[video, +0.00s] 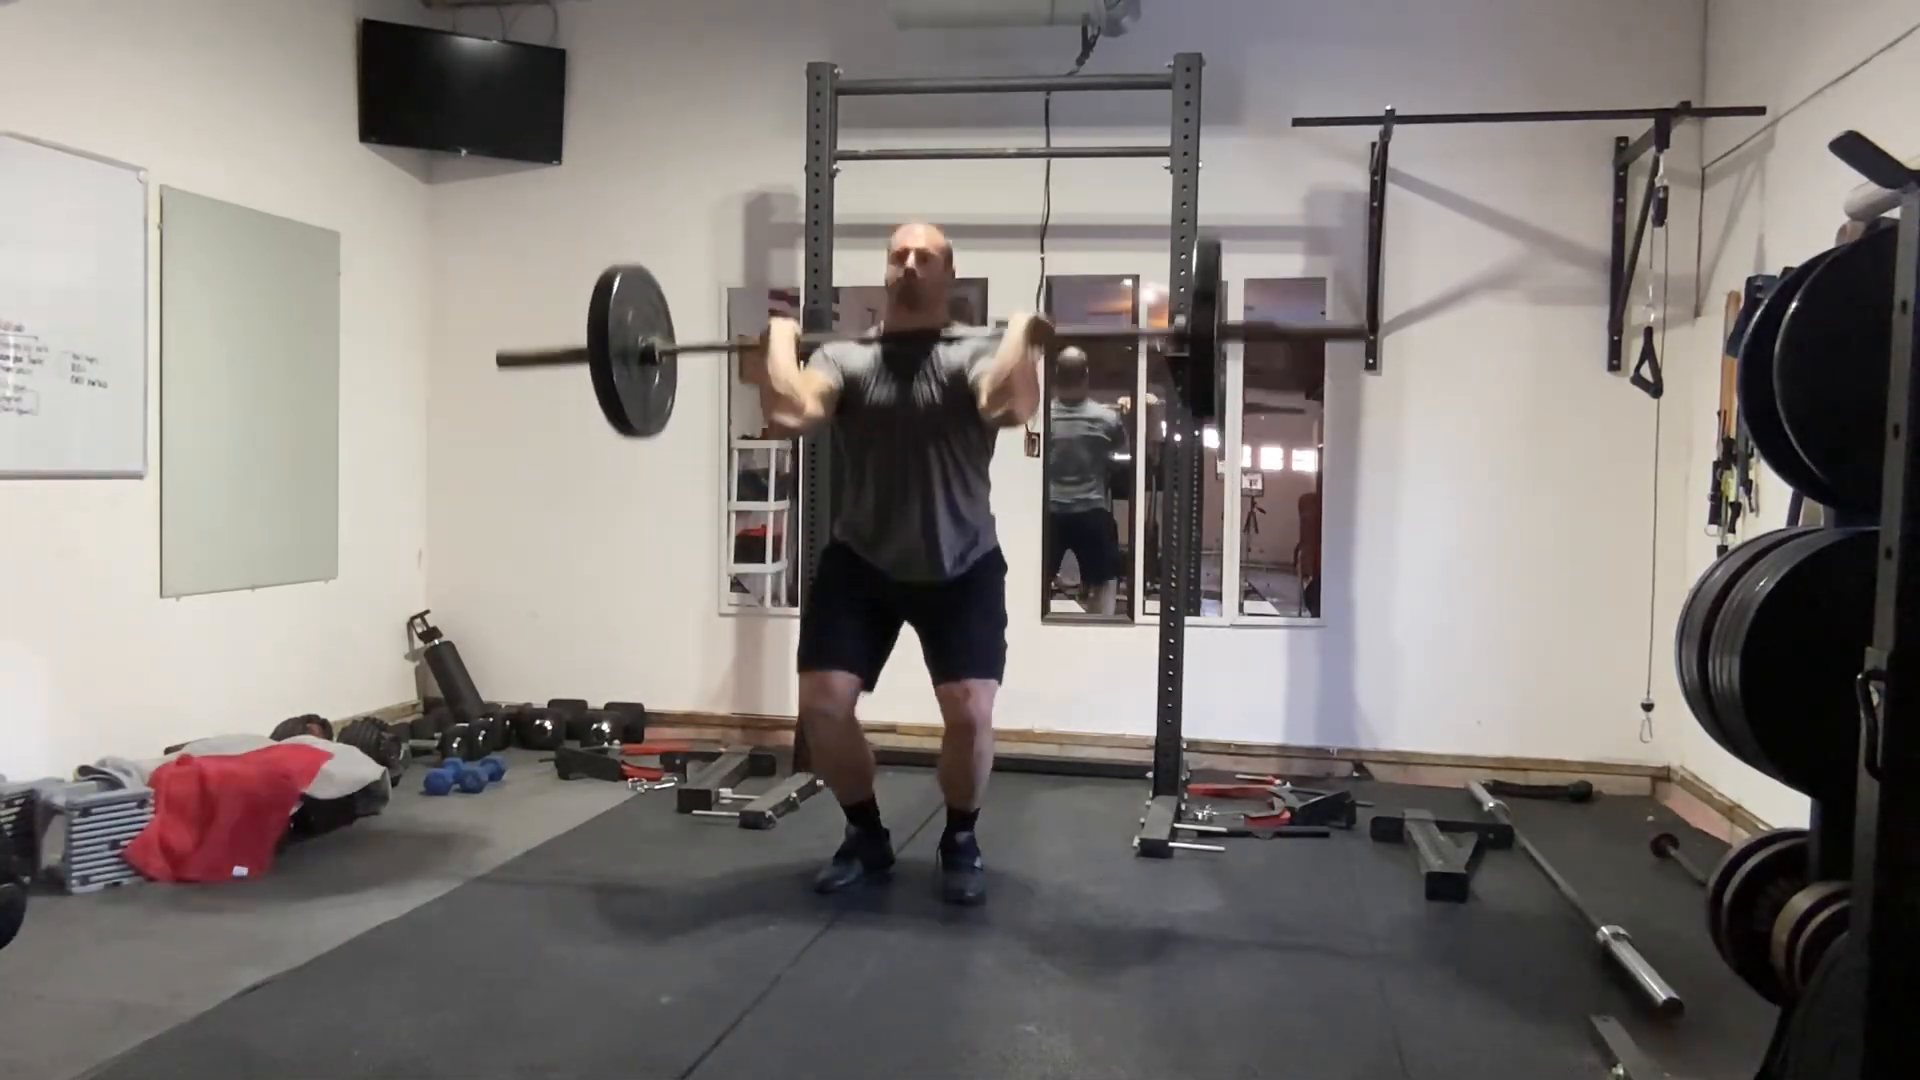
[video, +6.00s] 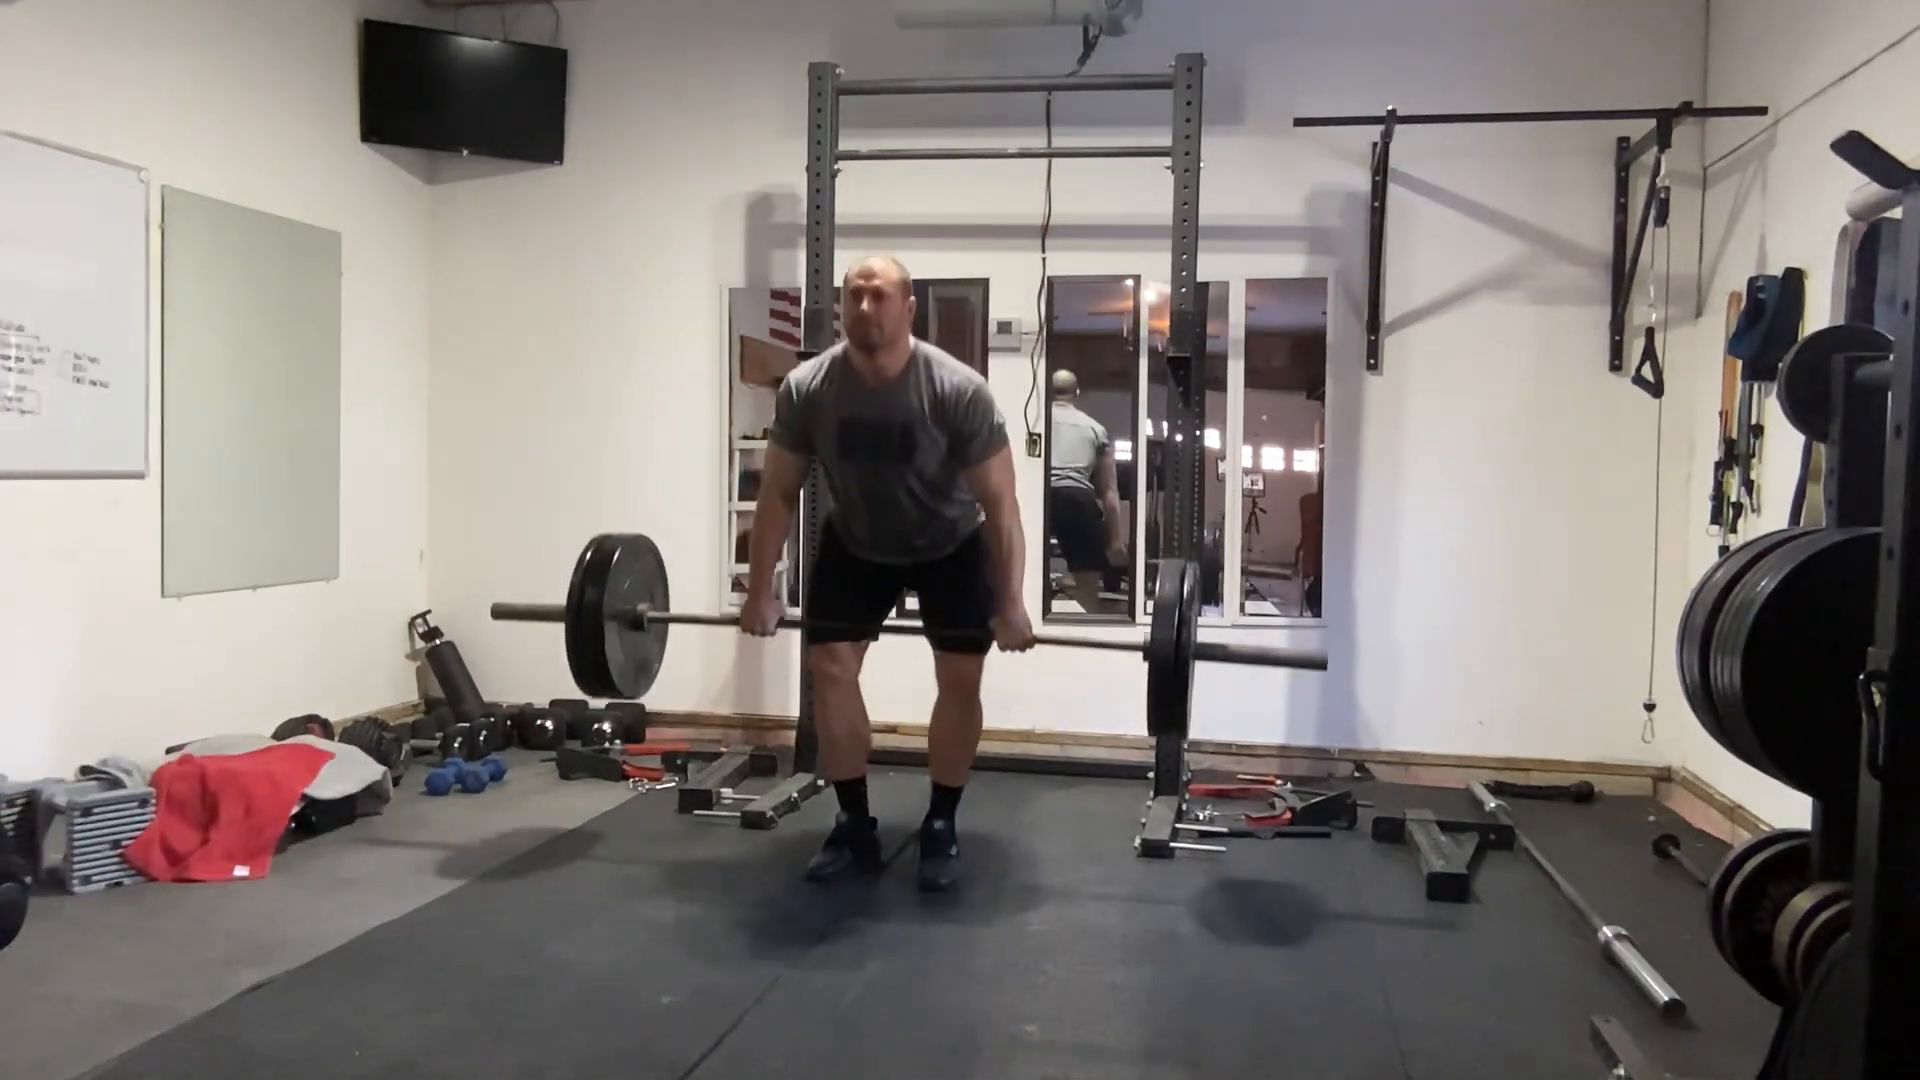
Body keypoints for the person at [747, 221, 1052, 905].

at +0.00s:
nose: (909, 267)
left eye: (925, 258)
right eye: (898, 257)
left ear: (951, 279)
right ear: (884, 276)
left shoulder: (978, 352)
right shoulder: (845, 359)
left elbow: (1014, 404)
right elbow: (793, 403)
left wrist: (1022, 332)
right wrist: (781, 333)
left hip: (958, 565)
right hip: (860, 560)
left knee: (969, 713)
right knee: (822, 702)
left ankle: (960, 843)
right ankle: (867, 840)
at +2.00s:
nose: (890, 254)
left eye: (902, 241)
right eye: (880, 242)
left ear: (934, 249)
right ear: (867, 252)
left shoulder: (977, 331)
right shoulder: (834, 330)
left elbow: (1038, 422)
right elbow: (787, 424)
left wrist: (1032, 525)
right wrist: (765, 517)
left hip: (959, 536)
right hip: (864, 533)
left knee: (952, 676)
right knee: (859, 668)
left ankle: (944, 830)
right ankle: (856, 826)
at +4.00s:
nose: (891, 255)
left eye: (906, 246)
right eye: (883, 245)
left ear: (936, 262)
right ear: (871, 260)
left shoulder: (956, 326)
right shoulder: (836, 325)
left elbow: (984, 366)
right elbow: (767, 361)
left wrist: (1009, 304)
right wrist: (771, 297)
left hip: (931, 529)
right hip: (840, 528)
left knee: (933, 685)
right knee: (824, 682)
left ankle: (933, 832)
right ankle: (857, 830)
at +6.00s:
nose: (866, 307)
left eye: (879, 296)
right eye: (856, 296)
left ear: (909, 307)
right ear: (841, 309)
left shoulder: (959, 391)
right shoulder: (806, 391)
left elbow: (999, 500)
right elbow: (777, 493)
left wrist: (1010, 600)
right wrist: (760, 590)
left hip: (951, 542)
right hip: (854, 544)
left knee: (961, 676)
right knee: (829, 665)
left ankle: (940, 829)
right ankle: (854, 829)